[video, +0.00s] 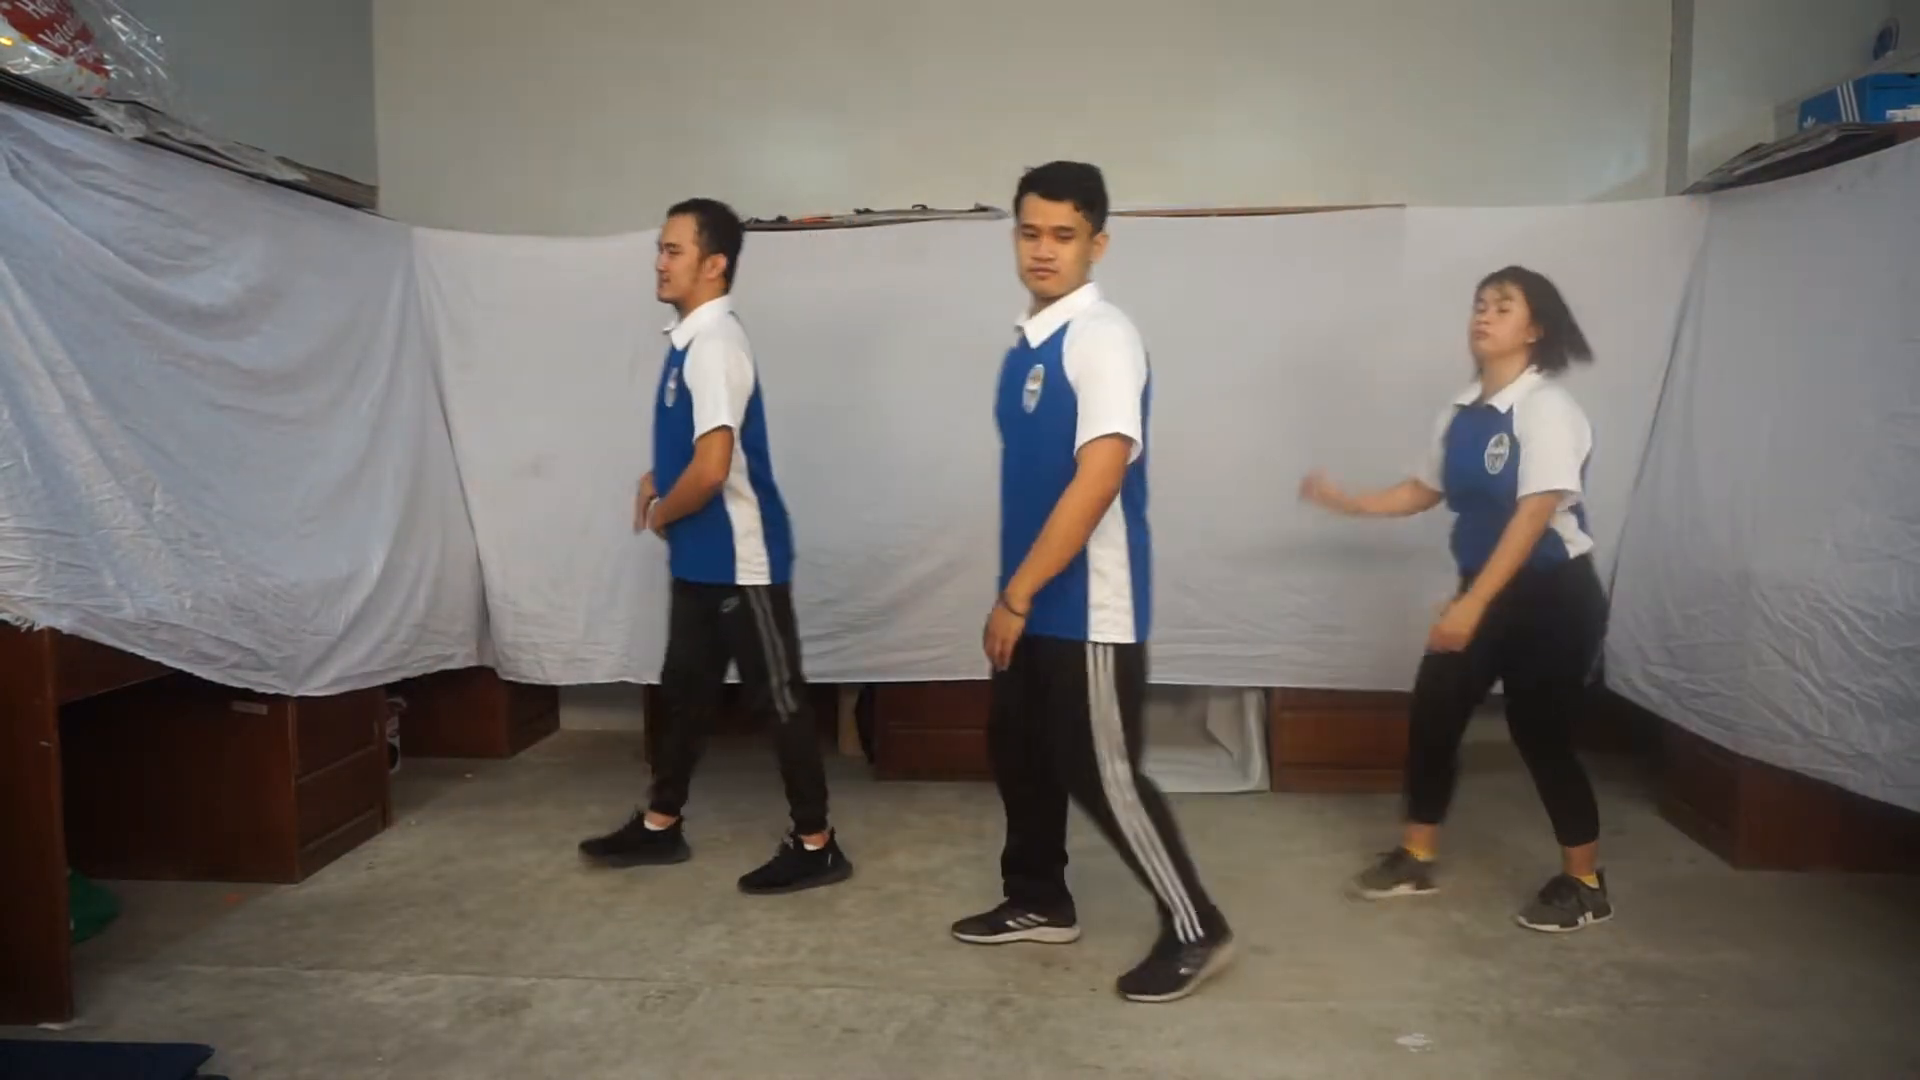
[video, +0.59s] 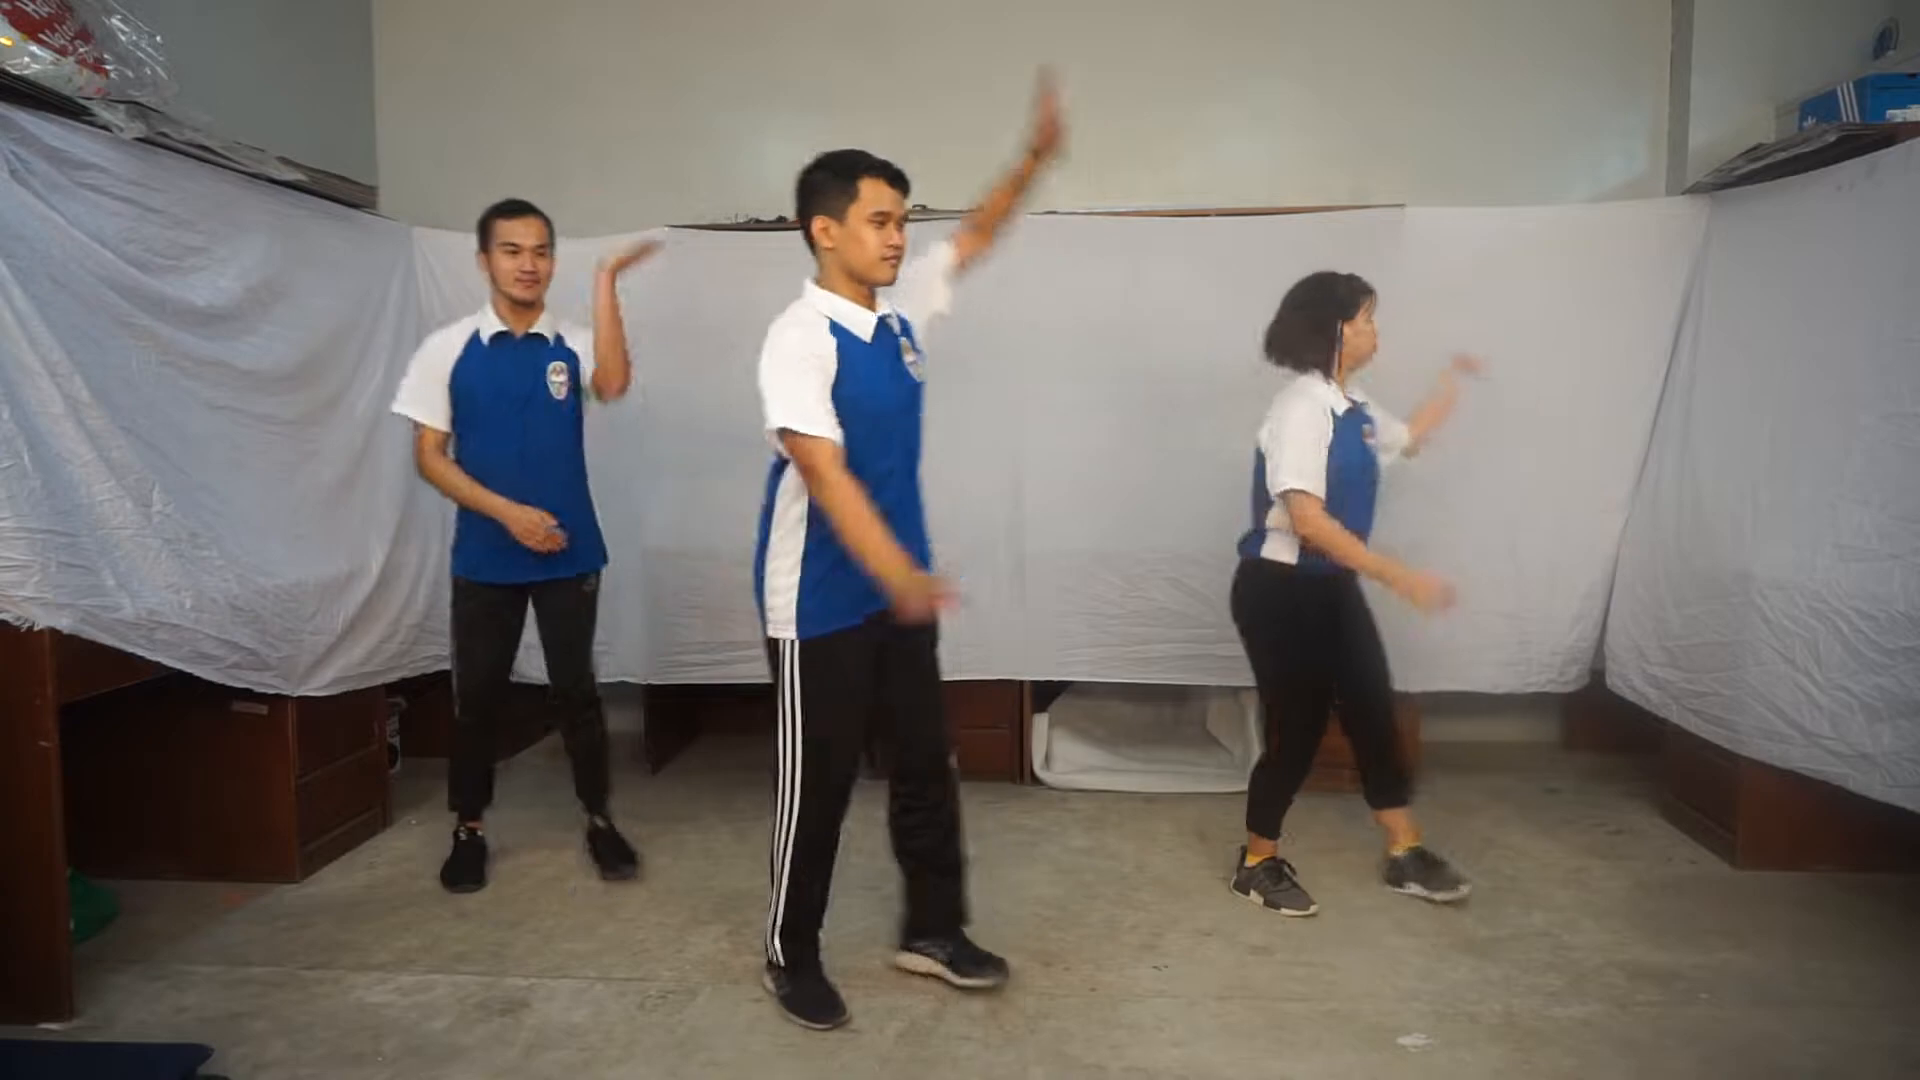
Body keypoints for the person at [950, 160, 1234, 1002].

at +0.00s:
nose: (1041, 249)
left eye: (1061, 235)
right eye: (1029, 233)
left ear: (1096, 242)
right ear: (1014, 236)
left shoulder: (1104, 336)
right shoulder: (1032, 336)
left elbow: (1099, 477)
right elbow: (1036, 478)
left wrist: (1016, 596)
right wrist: (1023, 593)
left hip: (1093, 599)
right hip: (1036, 594)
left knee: (1104, 768)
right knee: (1020, 750)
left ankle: (1195, 927)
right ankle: (1038, 900)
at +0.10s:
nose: (1013, 244)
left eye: (1032, 231)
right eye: (999, 227)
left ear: (1061, 242)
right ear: (978, 235)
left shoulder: (1083, 339)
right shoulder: (968, 348)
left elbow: (1105, 478)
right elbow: (963, 477)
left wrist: (1039, 598)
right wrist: (941, 579)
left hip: (1054, 598)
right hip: (979, 594)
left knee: (1039, 758)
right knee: (996, 754)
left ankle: (1097, 916)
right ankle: (1030, 899)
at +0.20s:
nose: (990, 240)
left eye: (1008, 226)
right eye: (973, 224)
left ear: (1028, 237)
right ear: (947, 235)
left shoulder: (1068, 337)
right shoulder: (919, 346)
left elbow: (1119, 465)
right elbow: (888, 462)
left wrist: (1066, 590)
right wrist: (842, 560)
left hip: (1023, 602)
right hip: (937, 600)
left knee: (992, 773)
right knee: (947, 750)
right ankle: (1024, 871)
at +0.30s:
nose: (968, 241)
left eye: (983, 226)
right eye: (950, 225)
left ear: (999, 239)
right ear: (915, 238)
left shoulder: (1040, 340)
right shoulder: (876, 351)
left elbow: (1124, 448)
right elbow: (816, 460)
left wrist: (1086, 567)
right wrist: (737, 560)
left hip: (1004, 609)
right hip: (902, 607)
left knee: (980, 774)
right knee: (880, 757)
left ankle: (959, 926)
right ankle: (956, 863)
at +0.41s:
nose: (941, 240)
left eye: (952, 225)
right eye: (922, 223)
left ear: (962, 236)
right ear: (878, 235)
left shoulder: (999, 334)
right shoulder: (832, 347)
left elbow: (1109, 397)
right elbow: (764, 458)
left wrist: (1115, 481)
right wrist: (670, 562)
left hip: (979, 606)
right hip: (875, 609)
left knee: (975, 779)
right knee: (858, 772)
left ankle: (963, 938)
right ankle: (851, 915)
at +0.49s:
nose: (918, 240)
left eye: (926, 225)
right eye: (899, 224)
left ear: (933, 233)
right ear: (847, 232)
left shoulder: (960, 326)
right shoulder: (809, 343)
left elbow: (1056, 326)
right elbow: (770, 463)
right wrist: (725, 567)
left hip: (955, 601)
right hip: (859, 610)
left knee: (960, 780)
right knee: (839, 784)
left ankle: (959, 940)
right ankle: (793, 950)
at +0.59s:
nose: (897, 235)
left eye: (898, 220)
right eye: (879, 220)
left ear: (896, 232)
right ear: (823, 230)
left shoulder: (902, 306)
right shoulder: (798, 340)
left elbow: (974, 234)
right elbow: (826, 476)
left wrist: (1036, 156)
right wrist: (900, 577)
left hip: (899, 584)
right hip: (821, 596)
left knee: (923, 765)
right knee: (818, 781)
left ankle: (934, 933)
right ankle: (793, 954)